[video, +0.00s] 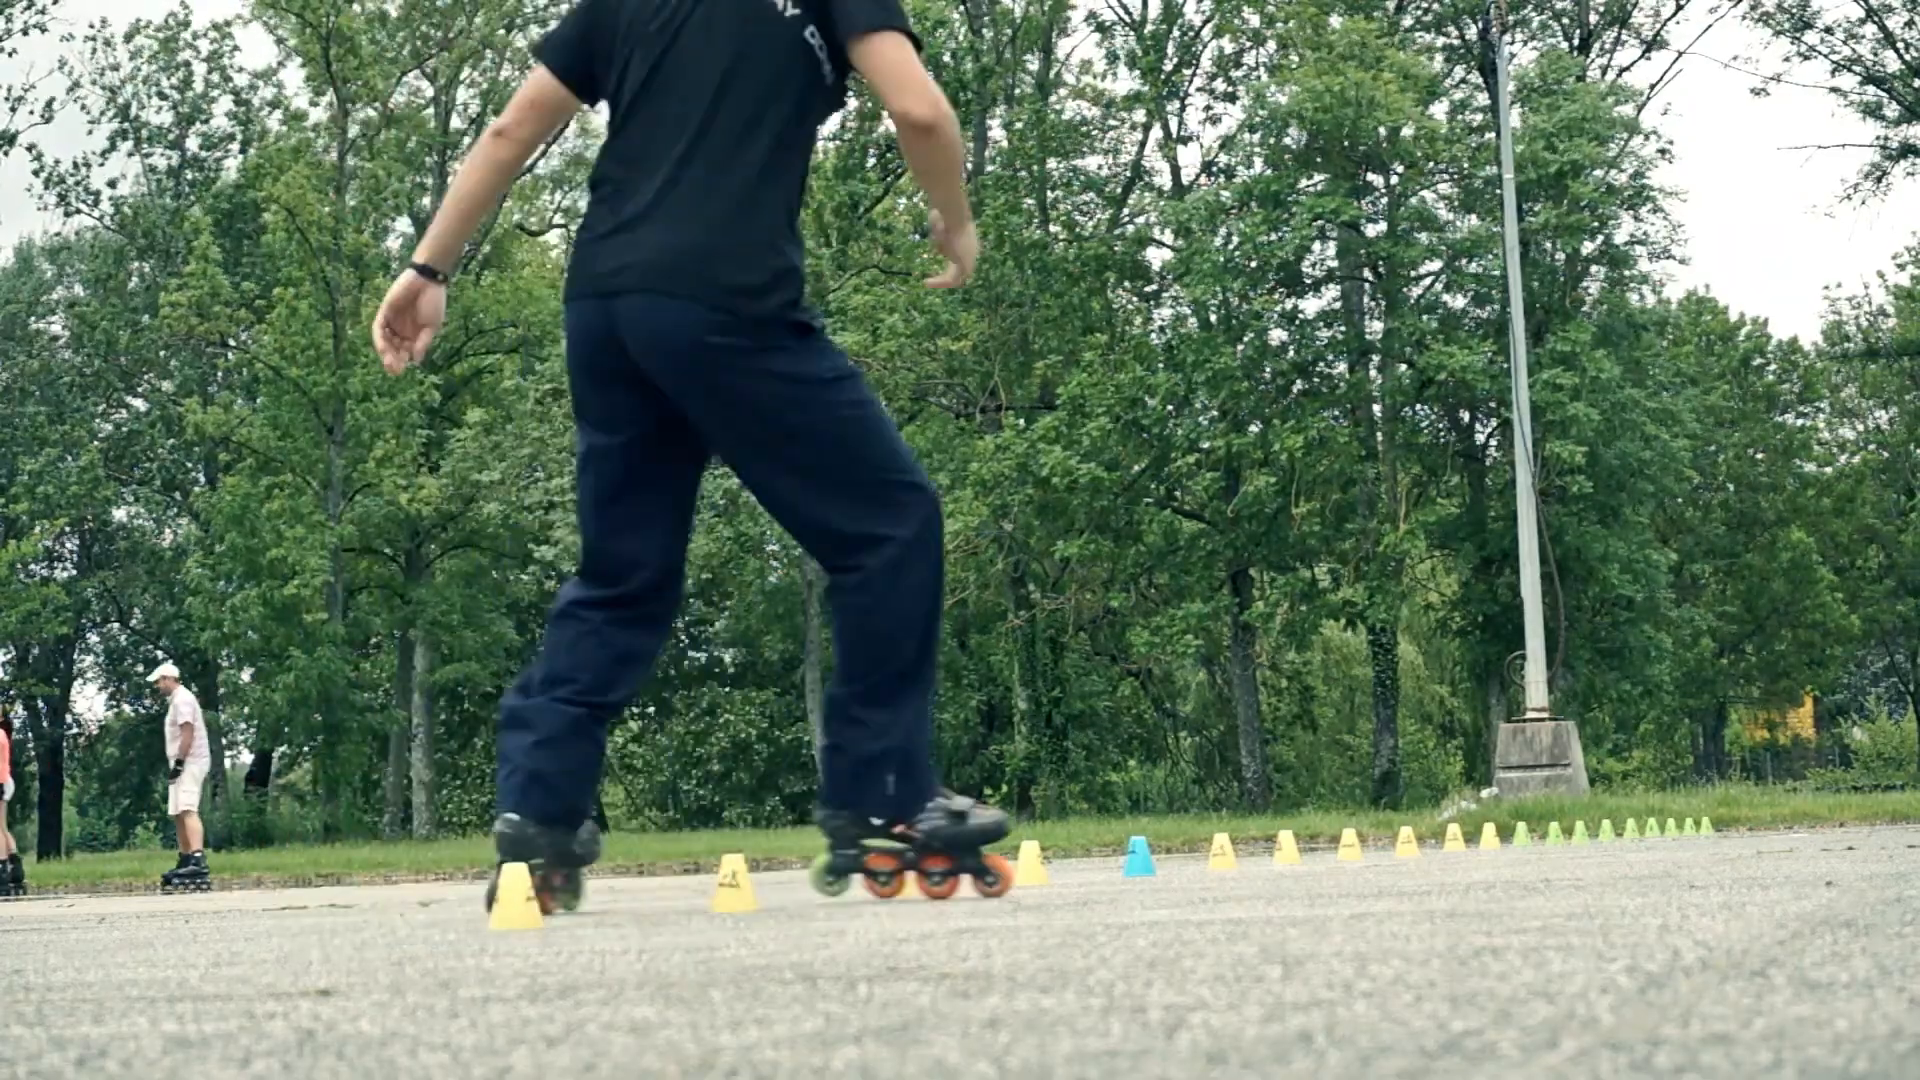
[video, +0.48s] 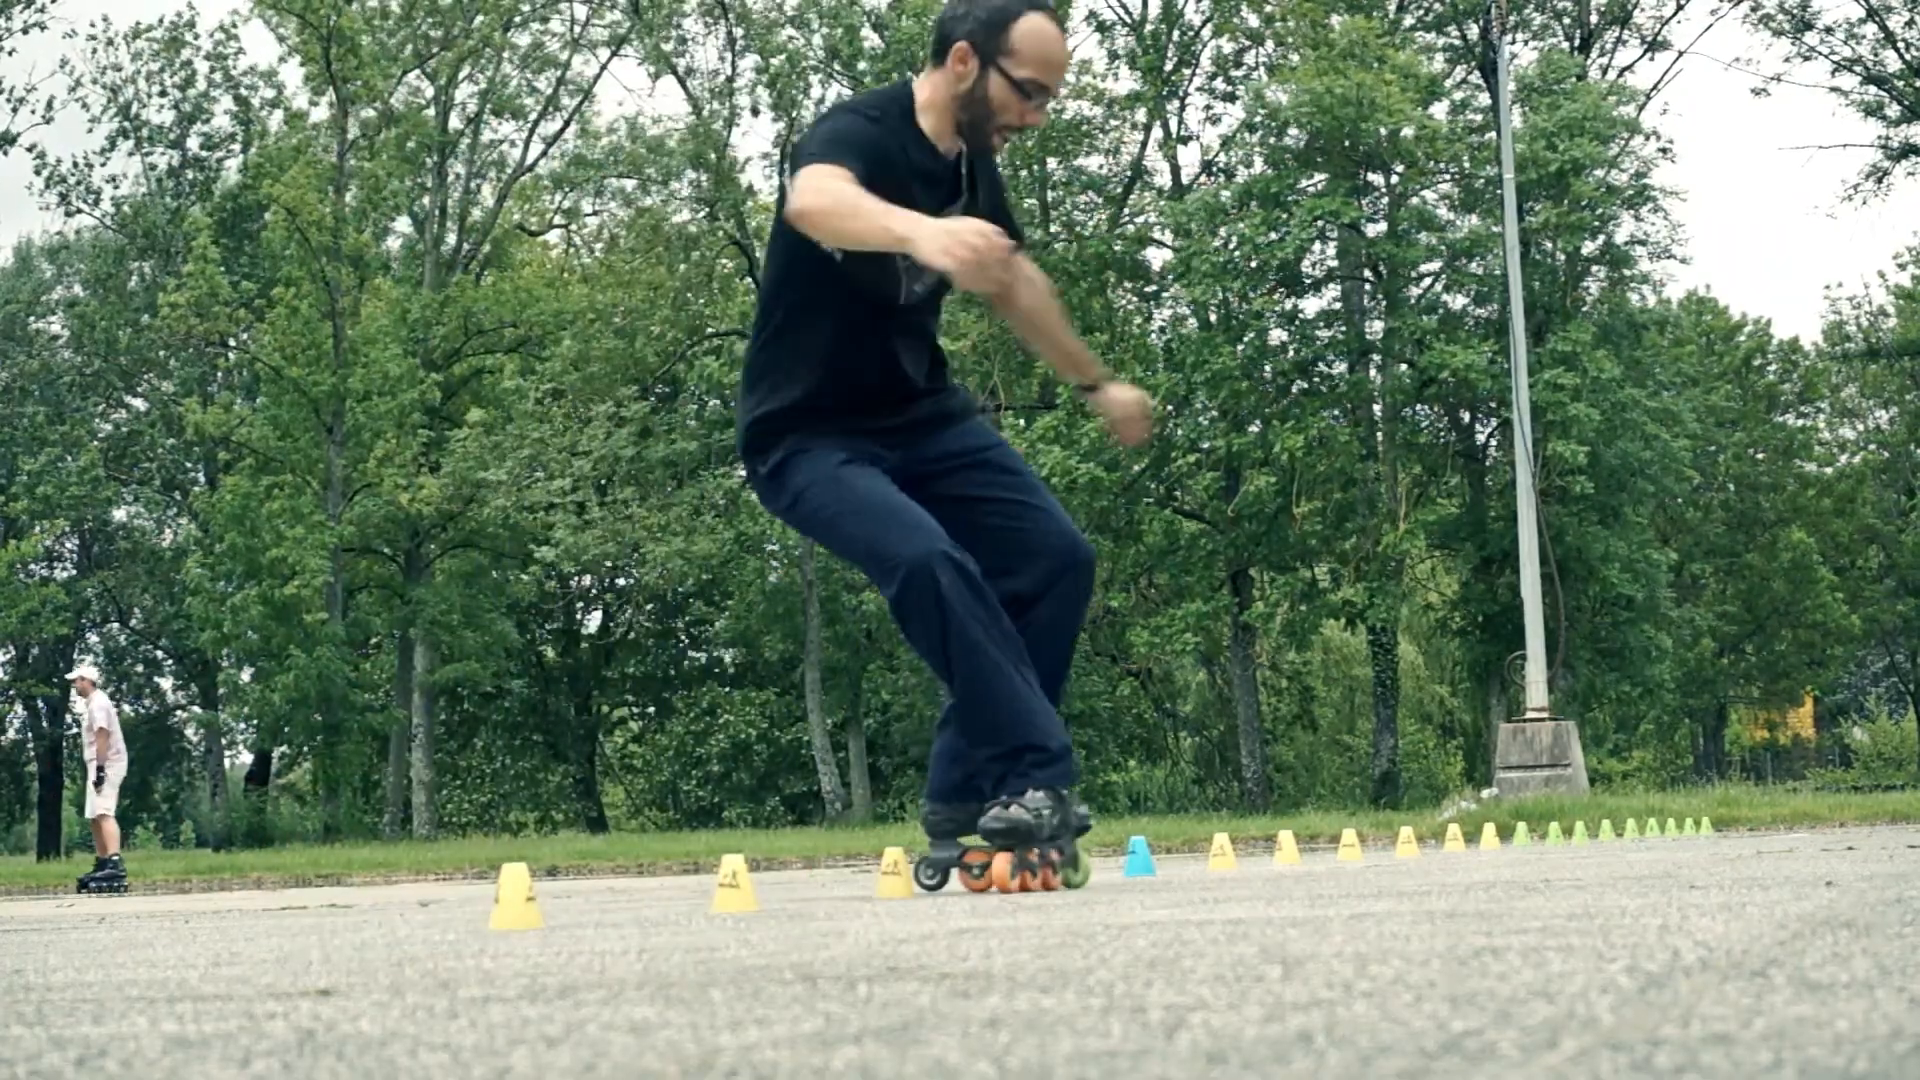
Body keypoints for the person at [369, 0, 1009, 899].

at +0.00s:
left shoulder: (621, 3)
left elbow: (515, 127)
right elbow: (920, 109)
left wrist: (429, 265)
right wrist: (955, 223)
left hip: (602, 306)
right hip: (728, 302)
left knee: (619, 578)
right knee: (891, 524)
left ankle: (538, 809)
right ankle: (882, 798)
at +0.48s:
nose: (1034, 116)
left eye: (1047, 98)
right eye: (1026, 91)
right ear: (962, 63)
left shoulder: (968, 162)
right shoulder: (859, 130)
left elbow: (1010, 279)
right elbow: (812, 202)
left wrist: (1097, 382)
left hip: (922, 419)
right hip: (806, 434)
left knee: (1053, 558)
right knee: (926, 560)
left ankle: (961, 803)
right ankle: (1040, 778)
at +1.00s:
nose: (804, 113)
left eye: (804, 91)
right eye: (796, 99)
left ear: (850, 68)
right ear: (840, 87)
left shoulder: (935, 119)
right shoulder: (876, 189)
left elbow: (860, 8)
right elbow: (816, 211)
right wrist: (697, 171)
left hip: (987, 428)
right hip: (905, 415)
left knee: (875, 618)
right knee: (755, 475)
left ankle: (867, 824)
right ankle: (652, 688)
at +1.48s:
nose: (1153, 83)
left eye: (1152, 74)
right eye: (1153, 71)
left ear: (1060, 64)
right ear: (1136, 65)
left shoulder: (993, 145)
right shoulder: (1153, 113)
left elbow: (988, 205)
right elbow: (1302, 82)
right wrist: (1352, 10)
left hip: (1014, 411)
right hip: (1123, 387)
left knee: (1084, 632)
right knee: (1194, 536)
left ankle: (1192, 817)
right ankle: (1167, 594)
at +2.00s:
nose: (1403, 186)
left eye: (1417, 177)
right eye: (1405, 159)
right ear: (1360, 118)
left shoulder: (1295, 243)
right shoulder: (1278, 108)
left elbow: (1354, 375)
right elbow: (1229, 175)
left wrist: (1451, 487)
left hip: (1167, 390)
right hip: (1110, 357)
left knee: (1234, 585)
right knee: (1182, 570)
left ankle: (1238, 792)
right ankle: (1050, 759)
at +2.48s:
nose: (1449, 93)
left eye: (1470, 81)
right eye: (1439, 65)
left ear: (1486, 75)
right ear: (1396, 28)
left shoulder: (1404, 171)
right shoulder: (1291, 51)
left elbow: (1428, 328)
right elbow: (1145, 38)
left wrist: (1491, 463)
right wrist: (1164, 85)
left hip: (1255, 363)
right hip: (1148, 334)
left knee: (1306, 561)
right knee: (1188, 551)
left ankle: (1249, 778)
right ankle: (1122, 767)